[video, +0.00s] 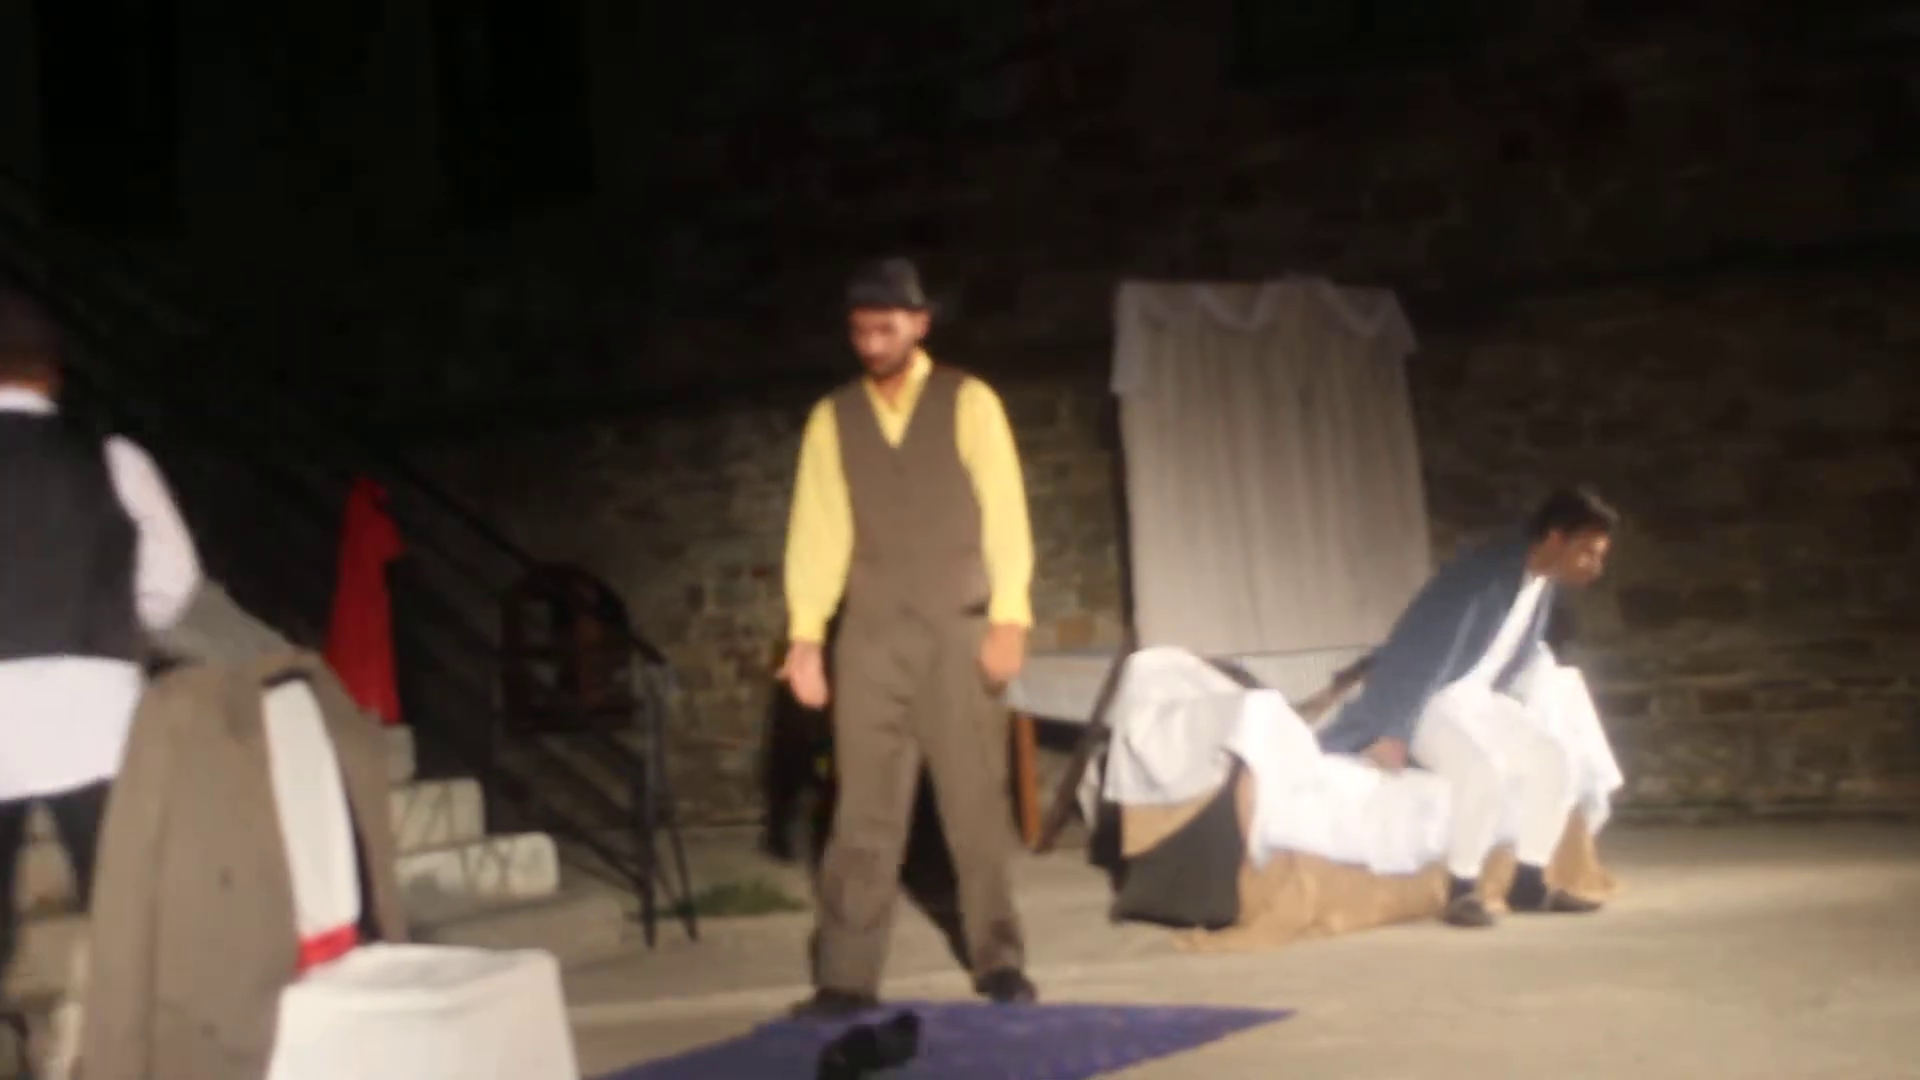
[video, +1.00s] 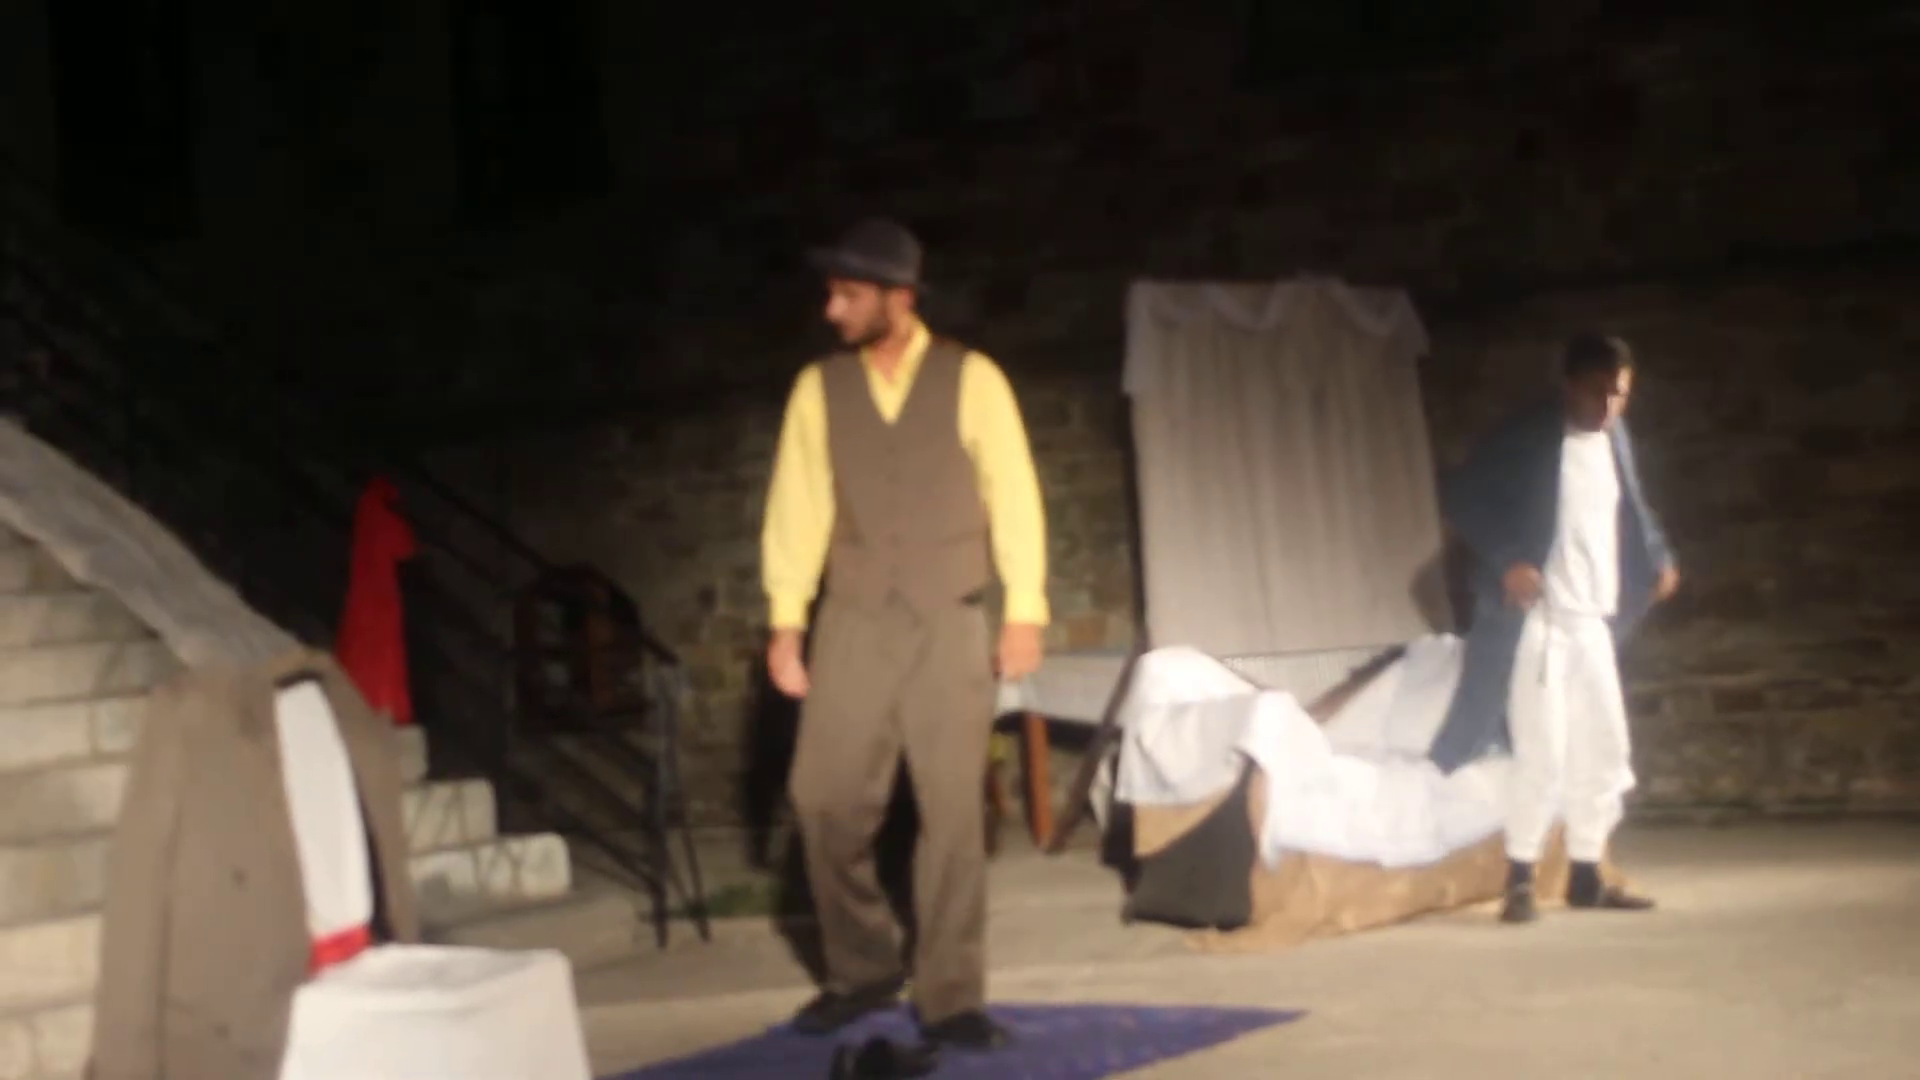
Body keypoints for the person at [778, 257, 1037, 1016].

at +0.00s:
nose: (873, 342)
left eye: (887, 327)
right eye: (862, 328)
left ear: (921, 325)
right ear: (848, 331)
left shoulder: (971, 404)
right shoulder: (832, 420)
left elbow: (1005, 513)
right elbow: (816, 531)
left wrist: (1009, 619)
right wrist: (806, 636)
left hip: (961, 632)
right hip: (868, 635)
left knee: (975, 810)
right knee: (863, 817)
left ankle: (999, 959)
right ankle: (845, 984)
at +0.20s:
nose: (846, 330)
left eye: (859, 314)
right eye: (832, 316)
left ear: (887, 316)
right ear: (815, 323)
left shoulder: (936, 396)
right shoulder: (790, 412)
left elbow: (977, 504)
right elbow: (775, 524)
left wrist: (989, 613)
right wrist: (770, 632)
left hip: (931, 626)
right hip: (833, 630)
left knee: (967, 787)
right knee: (832, 810)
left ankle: (988, 943)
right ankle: (846, 982)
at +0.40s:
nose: (835, 327)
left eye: (849, 311)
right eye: (822, 312)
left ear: (874, 312)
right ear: (802, 315)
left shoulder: (919, 387)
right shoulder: (768, 403)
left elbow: (961, 496)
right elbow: (748, 514)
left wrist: (973, 602)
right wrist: (748, 616)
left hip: (922, 622)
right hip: (824, 629)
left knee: (951, 786)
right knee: (841, 808)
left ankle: (953, 964)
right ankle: (848, 981)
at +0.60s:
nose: (844, 329)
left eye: (859, 313)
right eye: (831, 312)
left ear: (887, 312)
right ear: (812, 313)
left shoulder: (932, 386)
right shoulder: (782, 399)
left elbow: (972, 498)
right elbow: (757, 509)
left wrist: (982, 607)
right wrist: (758, 613)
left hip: (927, 624)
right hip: (829, 628)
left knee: (934, 801)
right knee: (849, 806)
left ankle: (952, 974)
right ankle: (858, 980)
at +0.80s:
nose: (830, 319)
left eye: (847, 305)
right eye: (827, 303)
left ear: (893, 308)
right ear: (826, 306)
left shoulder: (956, 390)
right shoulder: (803, 395)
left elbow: (992, 510)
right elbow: (774, 509)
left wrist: (999, 620)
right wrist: (768, 616)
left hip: (940, 631)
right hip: (837, 633)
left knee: (943, 809)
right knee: (848, 808)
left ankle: (950, 995)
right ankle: (855, 982)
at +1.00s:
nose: (833, 307)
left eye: (849, 293)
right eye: (832, 291)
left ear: (898, 295)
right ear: (847, 295)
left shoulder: (973, 381)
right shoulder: (819, 390)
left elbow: (1015, 501)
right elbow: (796, 509)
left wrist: (1023, 613)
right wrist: (786, 623)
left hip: (954, 622)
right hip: (851, 624)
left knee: (952, 813)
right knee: (824, 796)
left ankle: (952, 1000)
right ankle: (864, 971)